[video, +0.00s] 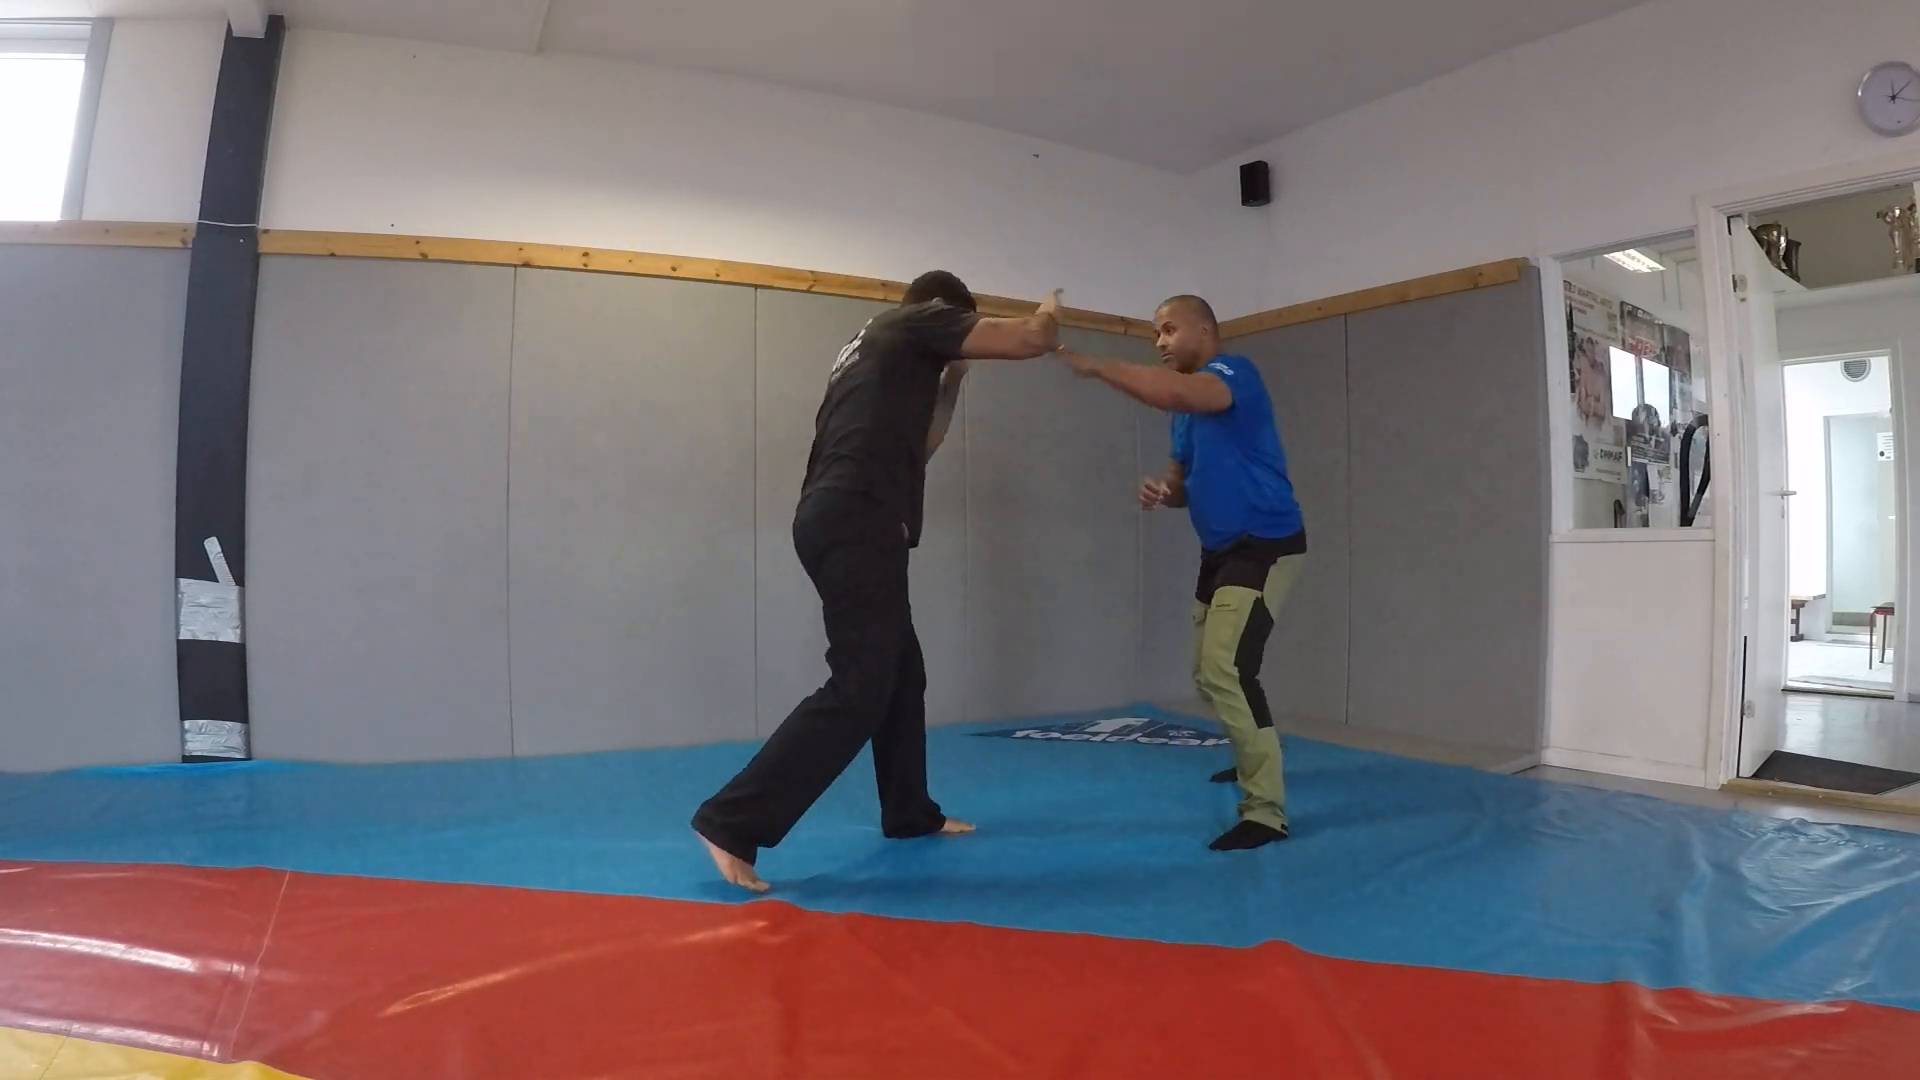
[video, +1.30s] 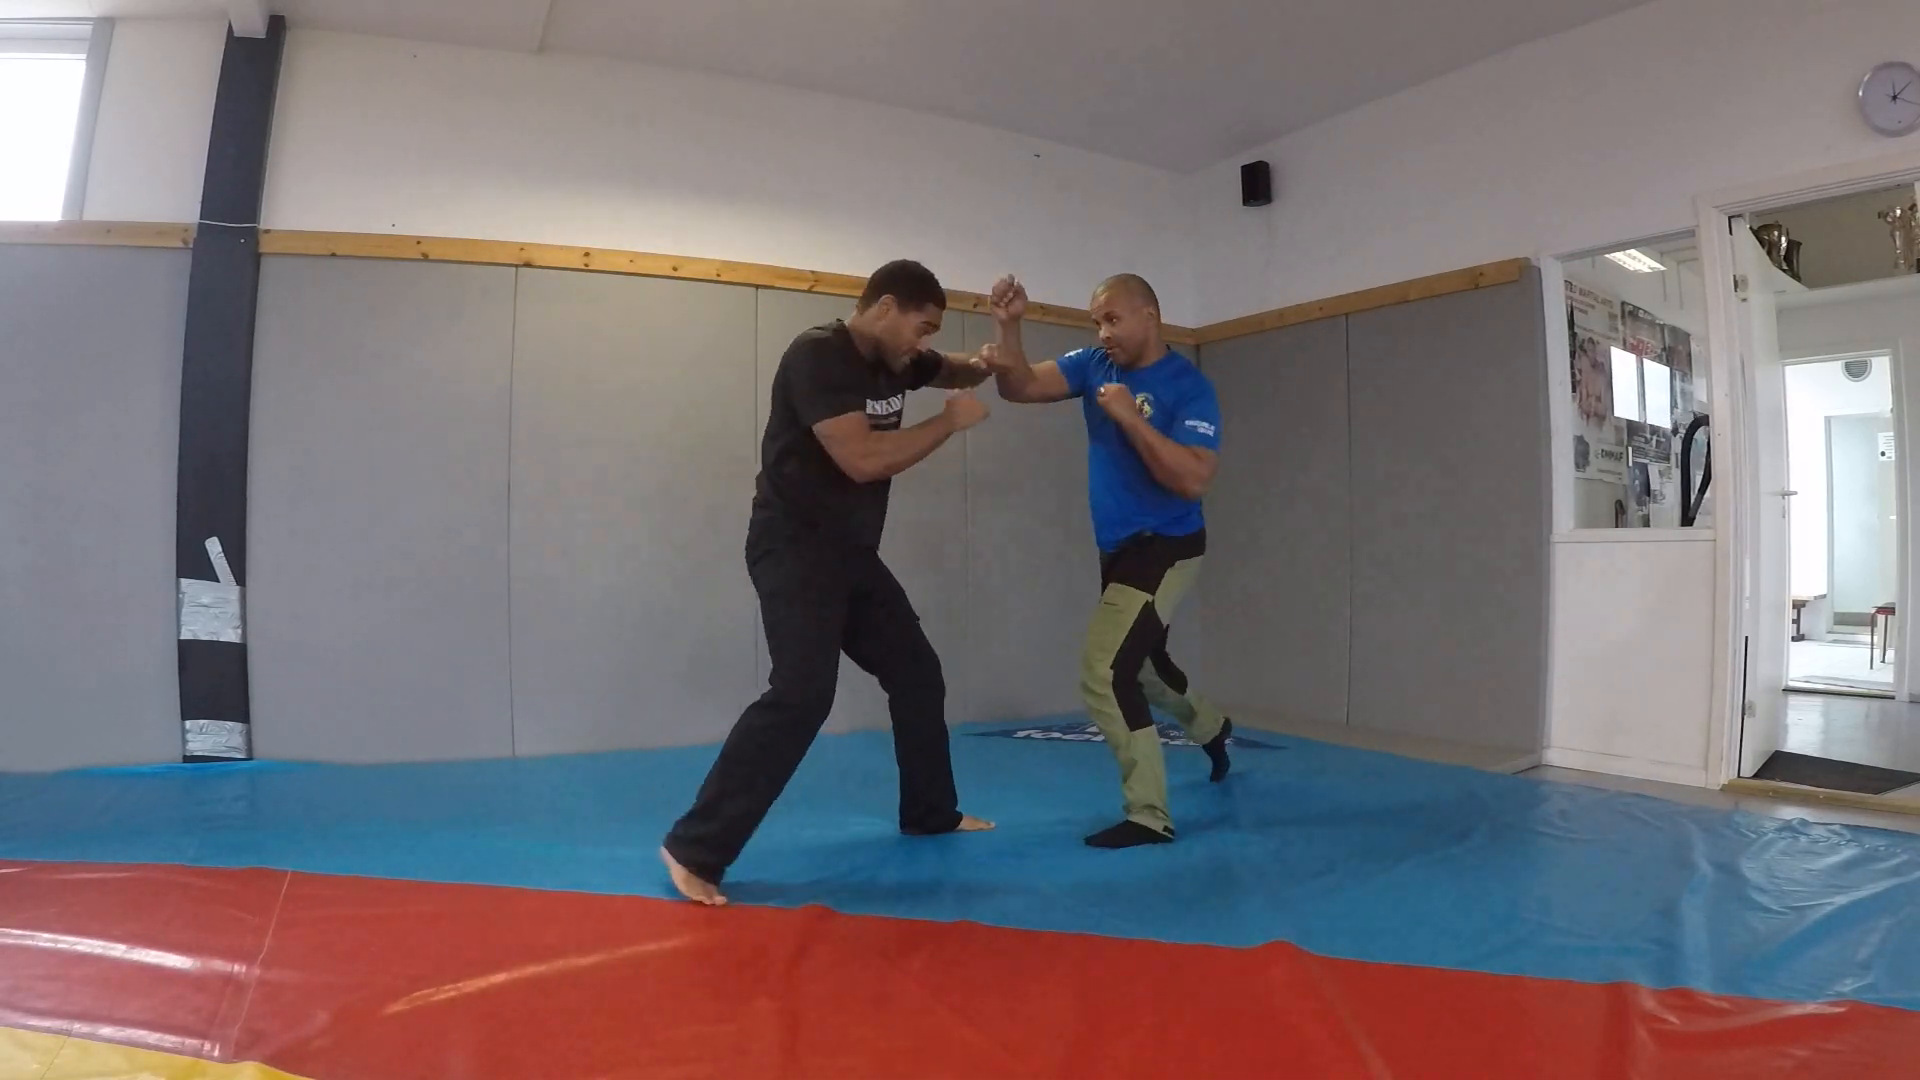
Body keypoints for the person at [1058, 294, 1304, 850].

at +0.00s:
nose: (1161, 341)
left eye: (1170, 329)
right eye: (1157, 335)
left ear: (1208, 330)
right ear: (1166, 343)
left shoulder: (1235, 373)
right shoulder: (1181, 397)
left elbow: (1175, 393)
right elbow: (1185, 485)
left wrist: (1096, 367)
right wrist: (1163, 491)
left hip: (1265, 545)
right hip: (1222, 548)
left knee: (1224, 673)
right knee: (1211, 671)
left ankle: (1267, 813)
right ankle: (1254, 758)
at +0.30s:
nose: (1129, 369)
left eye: (1136, 357)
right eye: (1125, 364)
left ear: (1170, 355)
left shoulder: (1186, 385)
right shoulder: (1182, 401)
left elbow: (1177, 431)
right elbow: (1218, 471)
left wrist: (1114, 422)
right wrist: (1175, 507)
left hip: (1245, 533)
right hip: (1253, 533)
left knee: (1187, 648)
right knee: (1224, 651)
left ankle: (1231, 793)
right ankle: (1262, 755)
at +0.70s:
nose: (1100, 361)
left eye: (1108, 348)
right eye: (1095, 356)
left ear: (1143, 342)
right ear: (1108, 360)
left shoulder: (1158, 378)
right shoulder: (1160, 392)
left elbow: (1107, 410)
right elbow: (1169, 471)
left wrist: (1048, 378)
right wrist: (1118, 460)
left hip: (1208, 552)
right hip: (1220, 550)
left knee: (1124, 661)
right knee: (1202, 666)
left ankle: (1149, 817)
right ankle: (1259, 746)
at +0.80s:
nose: (1099, 352)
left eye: (1108, 339)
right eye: (1094, 347)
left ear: (1144, 337)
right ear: (1099, 357)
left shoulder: (1161, 376)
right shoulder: (1135, 400)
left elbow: (1153, 428)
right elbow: (1115, 478)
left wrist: (1069, 402)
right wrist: (1088, 424)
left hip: (1205, 550)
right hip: (1187, 550)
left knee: (1118, 662)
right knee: (1196, 670)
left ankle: (1149, 818)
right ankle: (1257, 744)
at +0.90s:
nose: (1099, 347)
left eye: (1109, 334)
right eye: (1094, 339)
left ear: (1146, 332)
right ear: (1098, 346)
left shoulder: (1179, 385)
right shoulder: (1113, 400)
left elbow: (1204, 456)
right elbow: (1055, 447)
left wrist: (1105, 429)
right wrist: (1045, 386)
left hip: (1201, 555)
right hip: (1166, 557)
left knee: (1116, 664)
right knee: (1188, 674)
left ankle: (1149, 818)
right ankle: (1254, 738)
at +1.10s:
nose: (1102, 339)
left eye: (1113, 327)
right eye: (1096, 330)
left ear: (1151, 326)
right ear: (1097, 335)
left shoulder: (1193, 392)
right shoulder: (1091, 384)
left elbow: (1245, 476)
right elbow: (1002, 384)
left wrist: (1181, 460)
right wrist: (966, 345)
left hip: (1185, 550)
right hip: (1136, 556)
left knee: (1114, 665)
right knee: (1172, 675)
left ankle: (1149, 818)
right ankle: (1237, 731)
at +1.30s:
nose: (1101, 333)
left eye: (1111, 320)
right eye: (1097, 323)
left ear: (1151, 317)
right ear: (1099, 326)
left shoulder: (1188, 387)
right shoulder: (1097, 365)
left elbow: (1193, 479)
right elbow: (1019, 386)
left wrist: (1130, 417)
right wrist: (1008, 325)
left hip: (1165, 544)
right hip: (1119, 546)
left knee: (1105, 672)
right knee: (1142, 664)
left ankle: (1149, 817)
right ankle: (1209, 727)